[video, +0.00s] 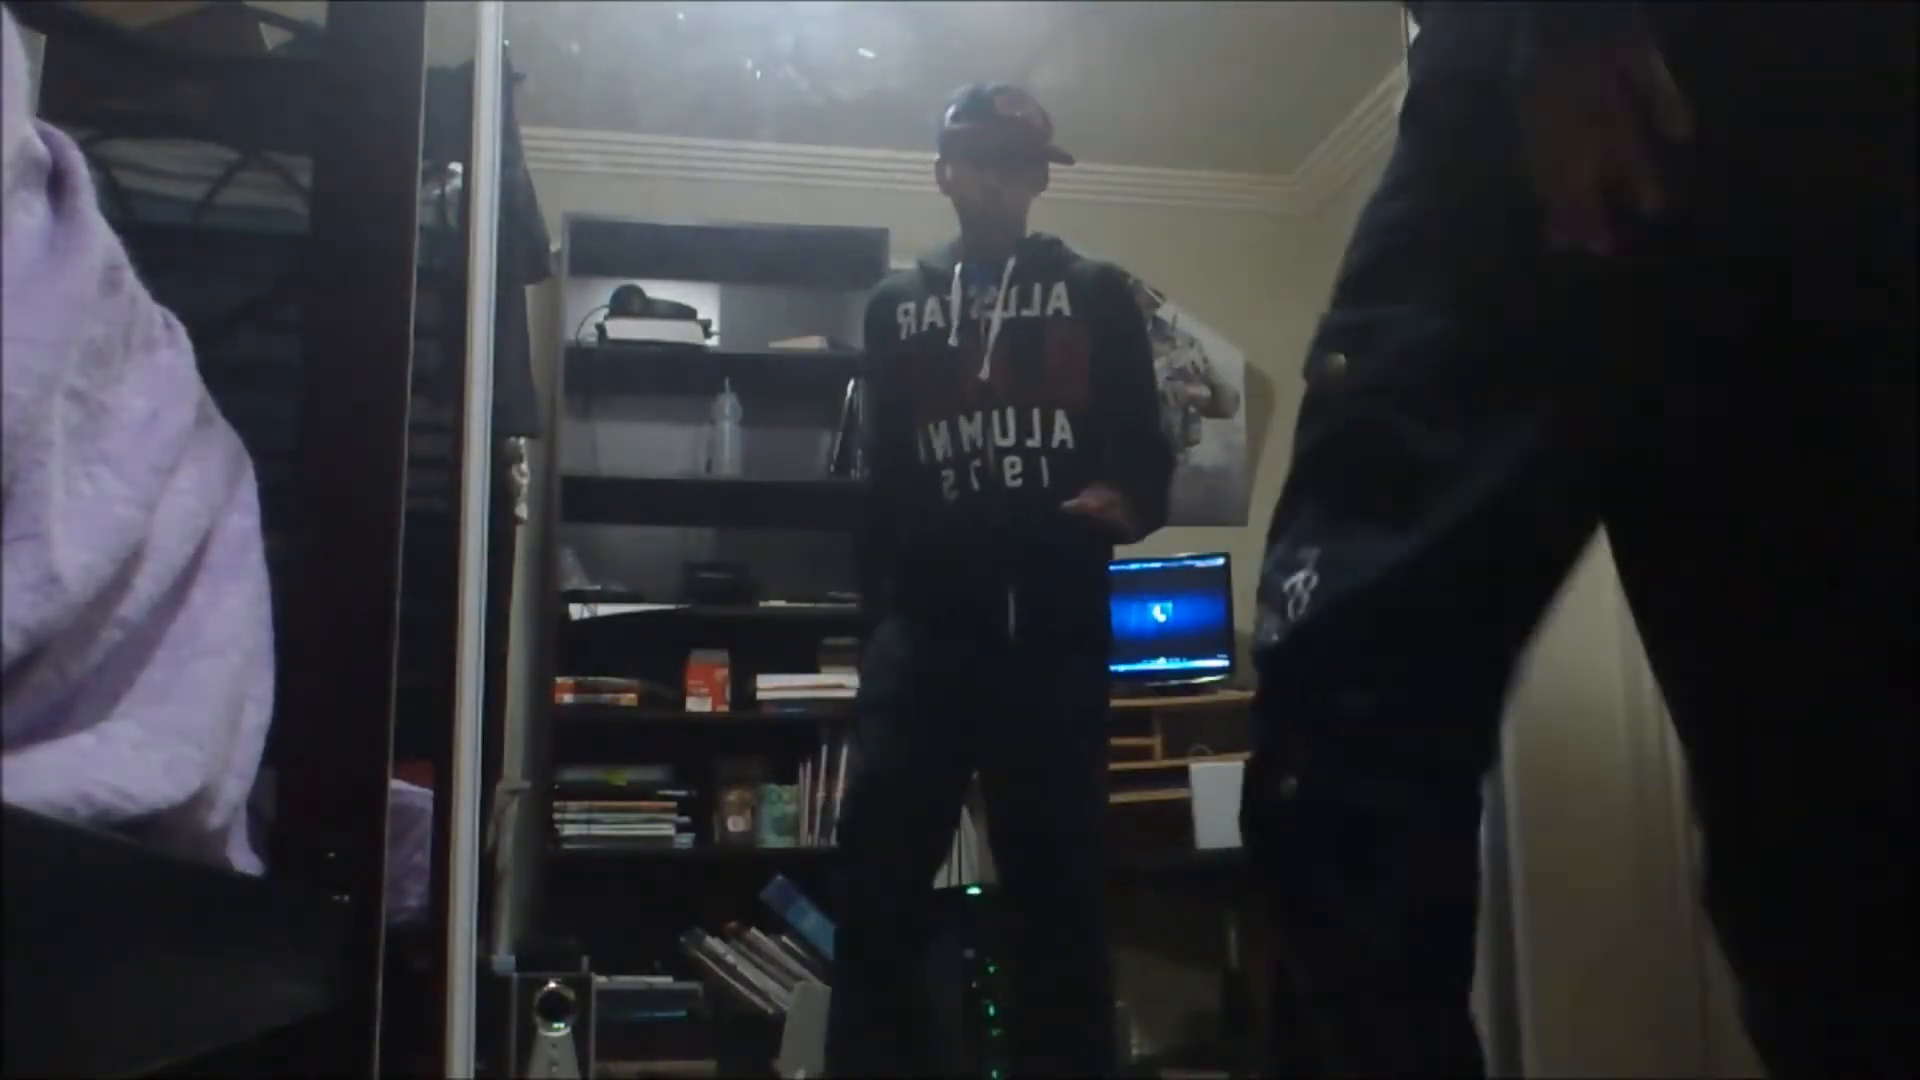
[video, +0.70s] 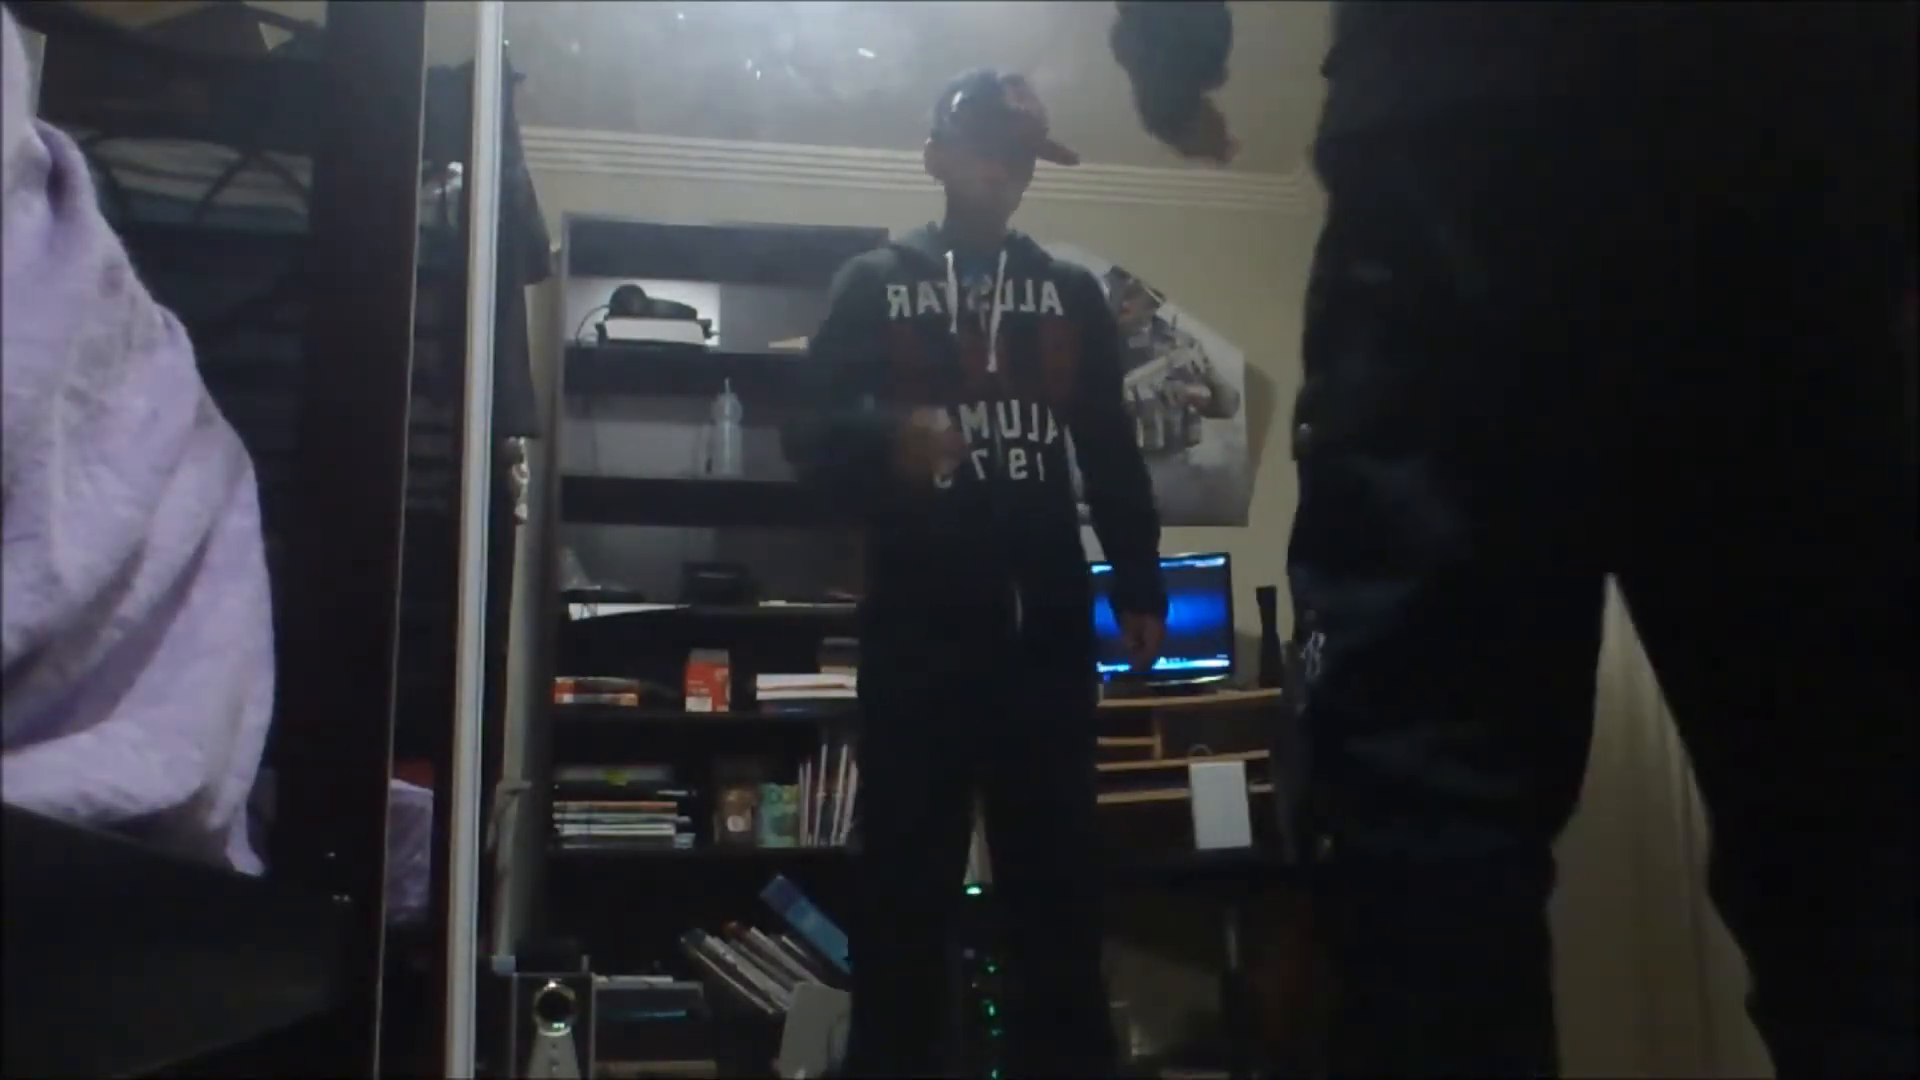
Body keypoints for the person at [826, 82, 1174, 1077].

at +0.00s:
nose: (999, 168)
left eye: (1018, 151)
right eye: (979, 150)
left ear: (1046, 171)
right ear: (945, 171)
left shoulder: (1098, 290)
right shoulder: (894, 302)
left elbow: (1145, 459)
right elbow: (864, 466)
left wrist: (1122, 501)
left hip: (1051, 613)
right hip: (922, 612)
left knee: (1054, 867)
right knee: (879, 855)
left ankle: (1063, 1063)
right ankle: (877, 1065)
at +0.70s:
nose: (998, 171)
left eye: (1015, 155)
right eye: (979, 149)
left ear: (1033, 167)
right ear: (936, 154)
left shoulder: (1070, 291)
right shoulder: (876, 282)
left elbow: (1110, 449)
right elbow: (814, 429)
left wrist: (1140, 587)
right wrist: (889, 442)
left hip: (1047, 611)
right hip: (919, 608)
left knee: (1051, 866)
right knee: (909, 867)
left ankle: (1059, 1068)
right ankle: (904, 1066)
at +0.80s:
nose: (1001, 171)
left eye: (1017, 154)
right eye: (982, 147)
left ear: (1031, 167)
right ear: (934, 149)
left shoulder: (1056, 295)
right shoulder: (873, 268)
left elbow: (1092, 451)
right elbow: (811, 409)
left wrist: (1139, 585)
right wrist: (935, 401)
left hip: (1036, 603)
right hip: (908, 597)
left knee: (1070, 861)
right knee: (907, 868)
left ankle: (1074, 1066)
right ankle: (899, 1067)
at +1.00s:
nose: (1013, 168)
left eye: (1029, 151)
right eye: (995, 144)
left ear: (1042, 163)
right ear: (945, 145)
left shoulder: (1060, 292)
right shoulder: (874, 259)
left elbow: (1066, 460)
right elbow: (799, 380)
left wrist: (1126, 581)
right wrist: (913, 437)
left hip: (1034, 606)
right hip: (908, 602)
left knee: (1083, 859)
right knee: (910, 868)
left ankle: (1099, 1068)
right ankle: (900, 1068)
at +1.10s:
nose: (1014, 171)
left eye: (1028, 153)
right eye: (995, 146)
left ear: (1042, 164)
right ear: (945, 146)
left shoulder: (1058, 295)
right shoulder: (870, 261)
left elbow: (1068, 452)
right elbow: (791, 400)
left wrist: (1111, 548)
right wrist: (860, 488)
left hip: (1024, 594)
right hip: (899, 591)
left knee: (1073, 842)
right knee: (894, 851)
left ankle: (1102, 1062)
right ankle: (890, 1062)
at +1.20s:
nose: (1009, 176)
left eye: (1026, 160)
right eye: (991, 151)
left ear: (1038, 172)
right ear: (943, 150)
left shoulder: (1060, 302)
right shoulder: (870, 269)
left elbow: (1086, 436)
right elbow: (798, 416)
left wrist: (1130, 514)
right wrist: (838, 531)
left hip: (1023, 589)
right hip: (897, 589)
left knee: (1071, 844)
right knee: (895, 854)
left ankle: (1084, 1060)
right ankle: (888, 1063)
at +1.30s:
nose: (1010, 178)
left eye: (1027, 162)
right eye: (991, 154)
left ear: (1042, 175)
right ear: (944, 158)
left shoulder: (1063, 297)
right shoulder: (878, 279)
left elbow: (1118, 422)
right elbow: (818, 432)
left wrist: (1152, 474)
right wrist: (825, 565)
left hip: (1034, 591)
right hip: (907, 592)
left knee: (1064, 848)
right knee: (899, 853)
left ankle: (1077, 1060)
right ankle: (889, 1063)